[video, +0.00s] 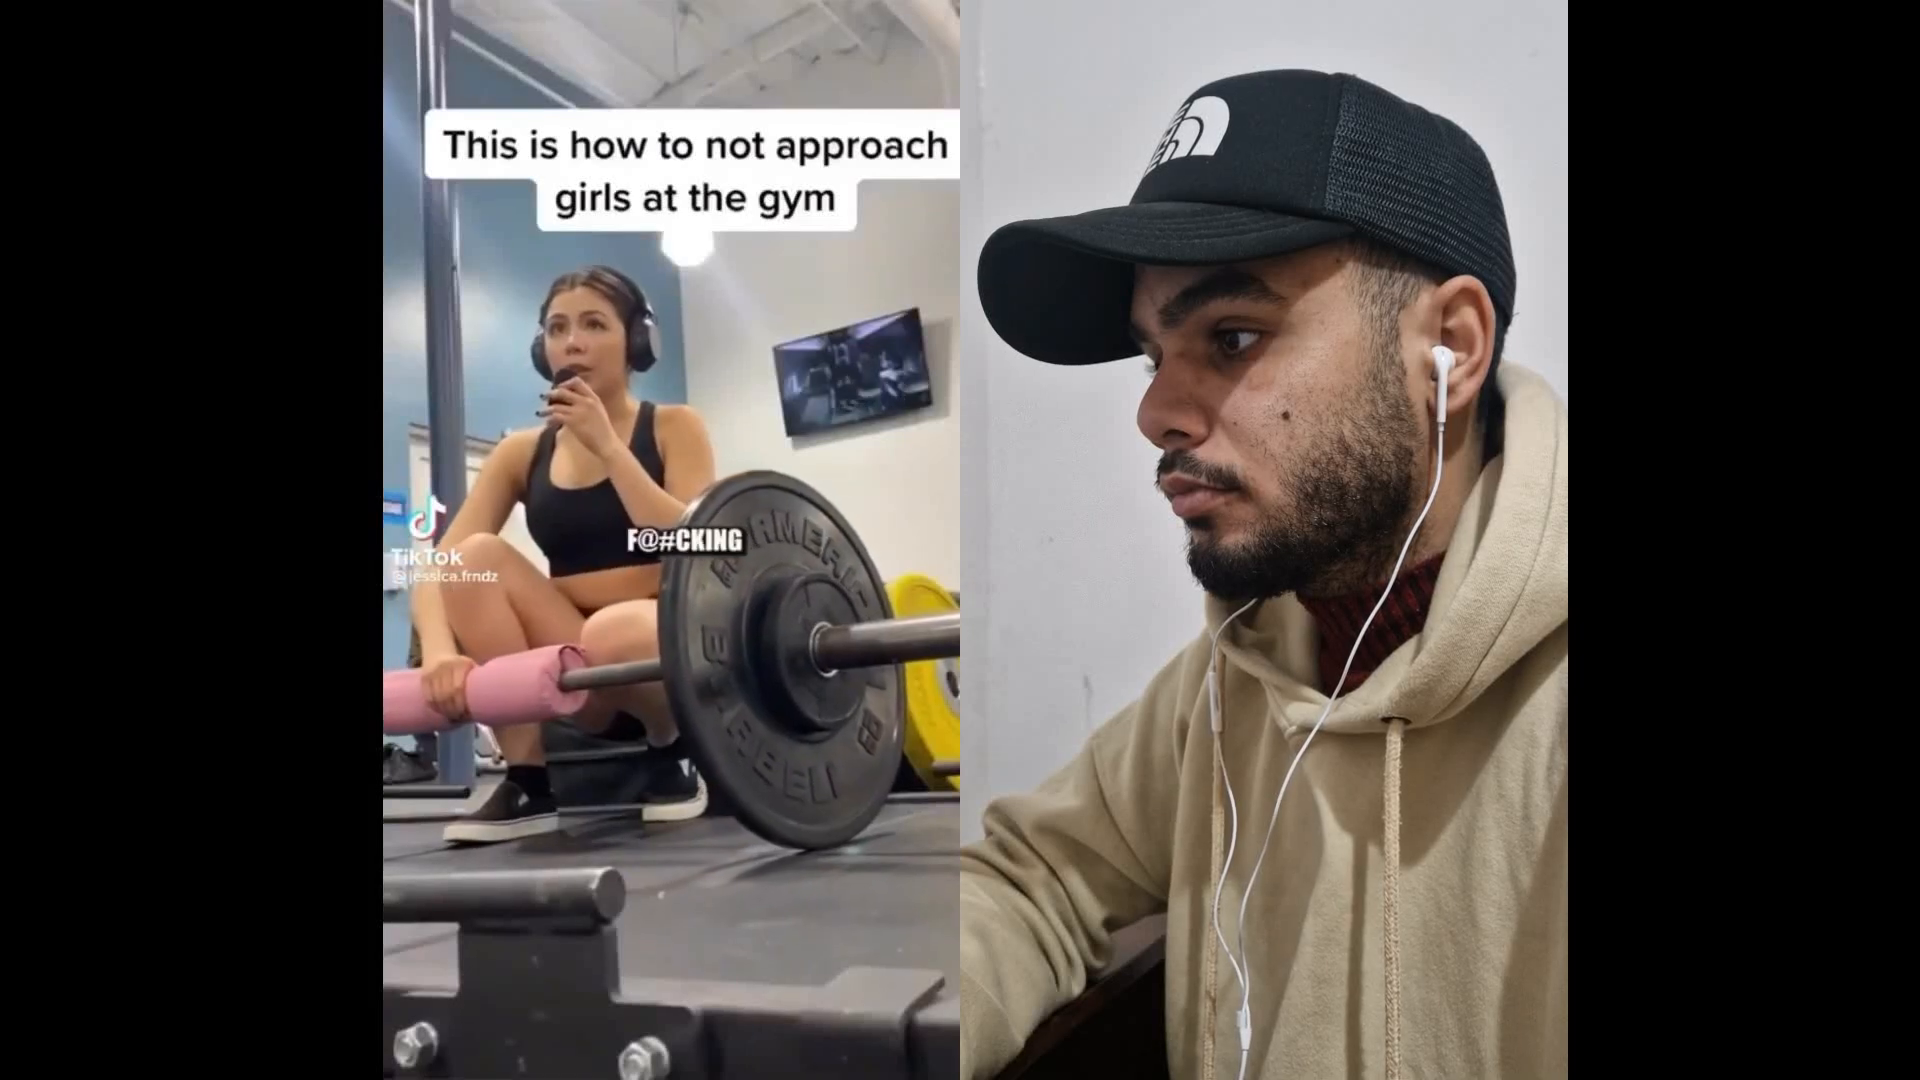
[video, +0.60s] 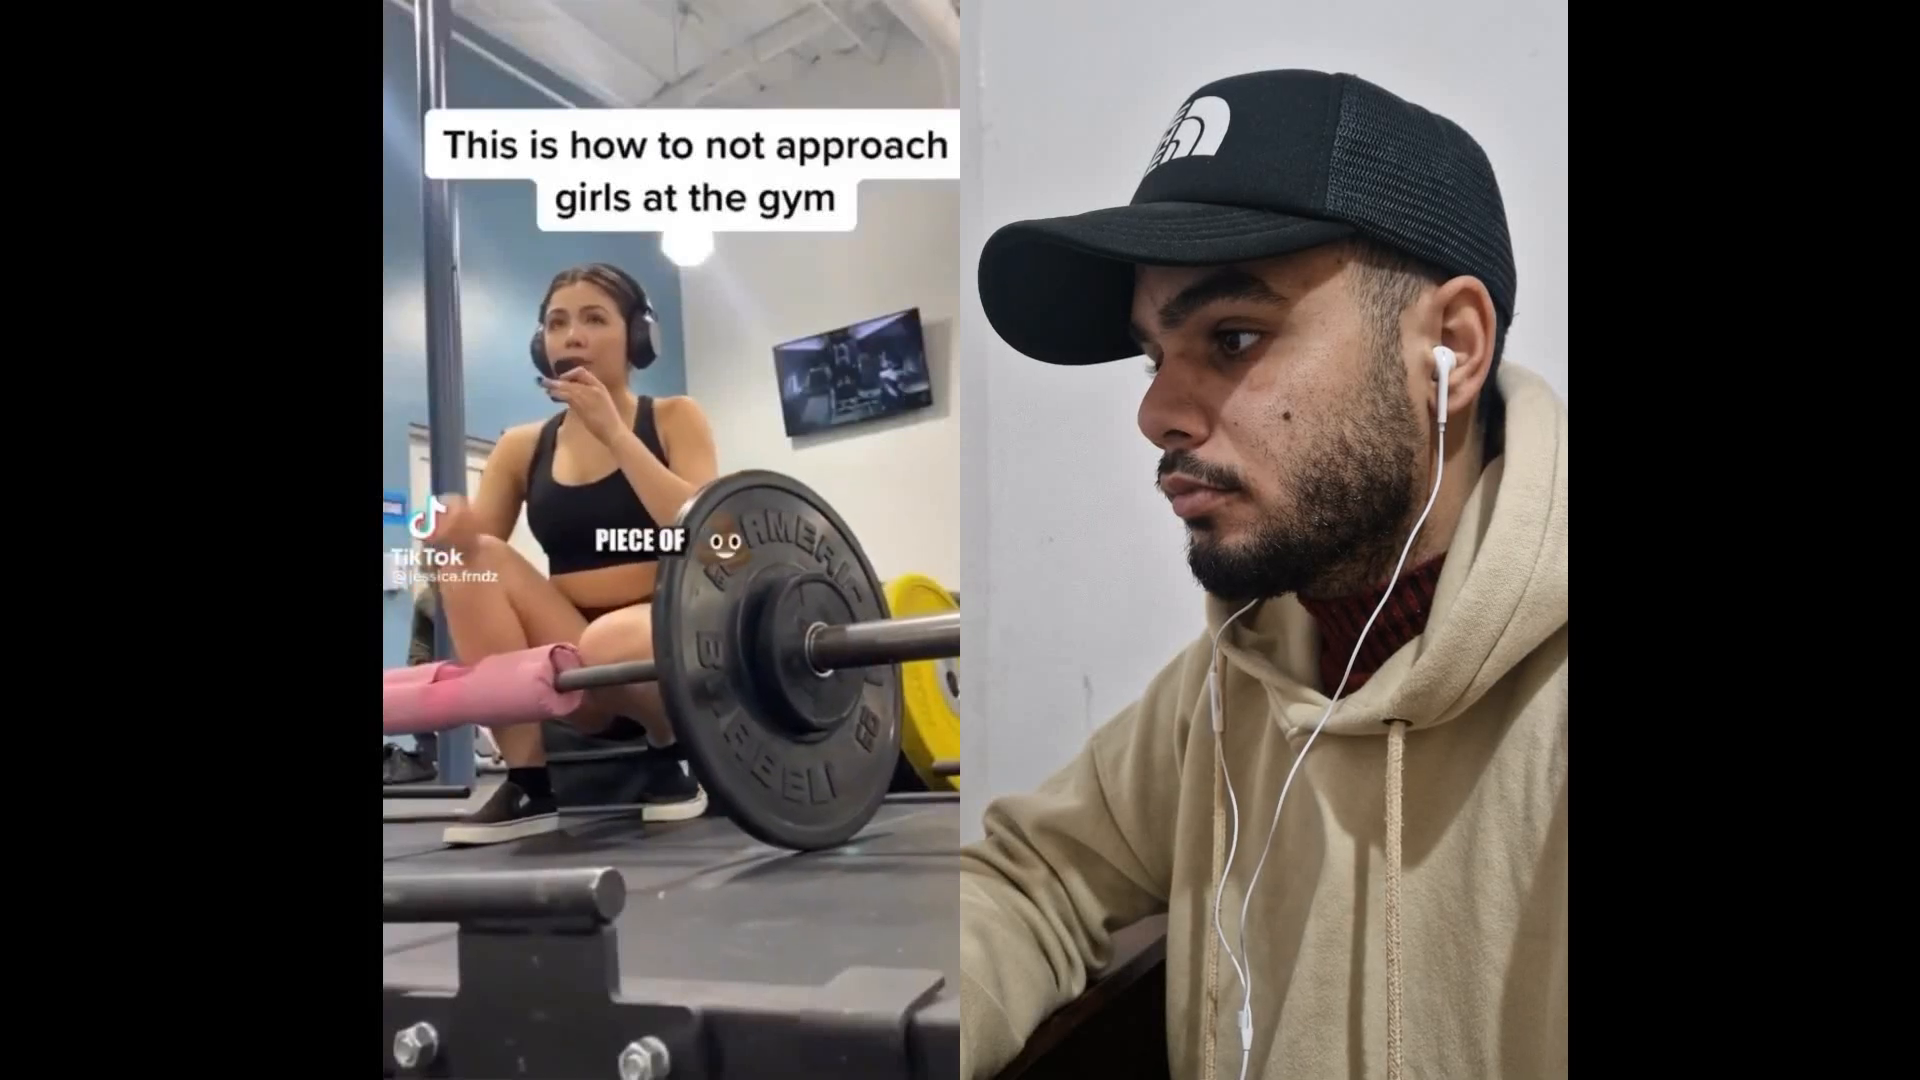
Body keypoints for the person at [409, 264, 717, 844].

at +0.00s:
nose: (572, 342)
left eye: (593, 324)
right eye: (557, 327)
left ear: (632, 342)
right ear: (544, 348)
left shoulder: (675, 429)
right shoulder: (522, 452)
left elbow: (692, 539)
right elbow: (439, 569)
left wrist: (608, 447)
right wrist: (439, 652)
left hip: (671, 641)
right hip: (570, 649)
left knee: (612, 633)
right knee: (472, 559)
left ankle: (667, 748)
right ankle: (526, 780)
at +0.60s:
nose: (571, 335)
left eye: (593, 318)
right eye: (557, 321)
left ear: (632, 337)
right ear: (544, 343)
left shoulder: (674, 420)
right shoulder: (522, 447)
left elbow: (702, 525)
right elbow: (478, 560)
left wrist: (615, 435)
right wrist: (456, 534)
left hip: (671, 633)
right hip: (572, 642)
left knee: (608, 643)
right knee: (466, 557)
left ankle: (668, 754)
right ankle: (528, 781)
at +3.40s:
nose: (490, 423)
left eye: (501, 395)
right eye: (472, 405)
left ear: (555, 364)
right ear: (461, 399)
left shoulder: (651, 419)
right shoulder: (500, 472)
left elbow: (661, 566)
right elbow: (539, 602)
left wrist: (512, 638)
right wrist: (509, 541)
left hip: (720, 646)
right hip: (603, 660)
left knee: (638, 646)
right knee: (474, 561)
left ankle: (696, 762)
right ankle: (540, 798)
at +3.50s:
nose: (497, 421)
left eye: (508, 393)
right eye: (477, 404)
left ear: (558, 362)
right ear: (464, 397)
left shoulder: (653, 419)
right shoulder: (497, 471)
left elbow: (674, 571)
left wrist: (519, 650)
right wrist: (510, 542)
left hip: (716, 646)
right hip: (602, 664)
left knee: (646, 647)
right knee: (477, 562)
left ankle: (698, 761)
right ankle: (540, 798)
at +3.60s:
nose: (504, 417)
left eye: (517, 389)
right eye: (483, 400)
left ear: (567, 361)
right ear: (468, 395)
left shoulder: (656, 420)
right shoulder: (497, 471)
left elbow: (674, 572)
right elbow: (519, 608)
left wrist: (519, 651)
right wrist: (511, 544)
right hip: (600, 668)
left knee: (662, 644)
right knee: (480, 561)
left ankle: (697, 764)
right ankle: (541, 799)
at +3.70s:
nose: (512, 415)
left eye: (526, 386)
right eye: (488, 398)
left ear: (572, 357)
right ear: (473, 394)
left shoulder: (657, 419)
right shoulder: (498, 470)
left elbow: (675, 571)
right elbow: (512, 614)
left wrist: (525, 652)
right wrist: (511, 544)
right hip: (600, 671)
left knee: (675, 645)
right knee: (481, 560)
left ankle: (696, 761)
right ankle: (541, 798)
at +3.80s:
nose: (525, 411)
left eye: (538, 381)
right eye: (499, 395)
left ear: (576, 354)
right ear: (481, 394)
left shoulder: (658, 419)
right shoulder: (498, 471)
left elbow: (677, 570)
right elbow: (510, 618)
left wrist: (530, 654)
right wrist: (515, 543)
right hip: (602, 677)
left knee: (680, 643)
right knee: (484, 560)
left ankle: (697, 762)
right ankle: (541, 799)